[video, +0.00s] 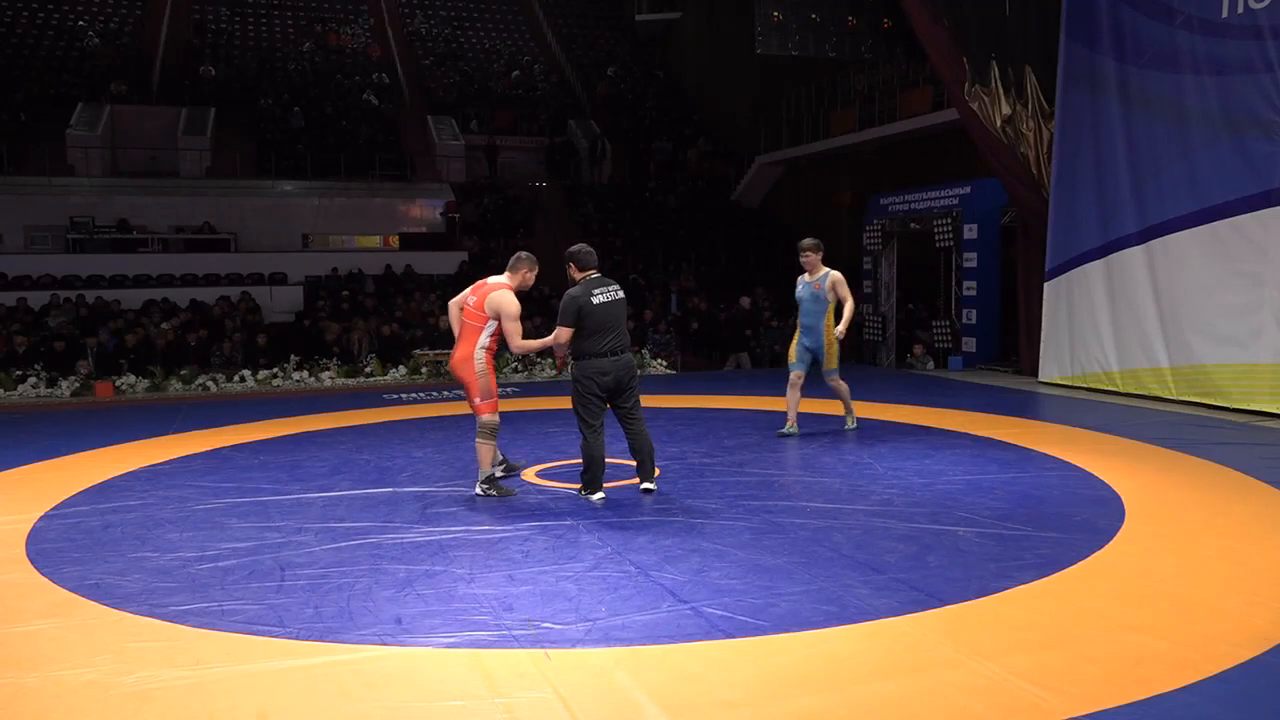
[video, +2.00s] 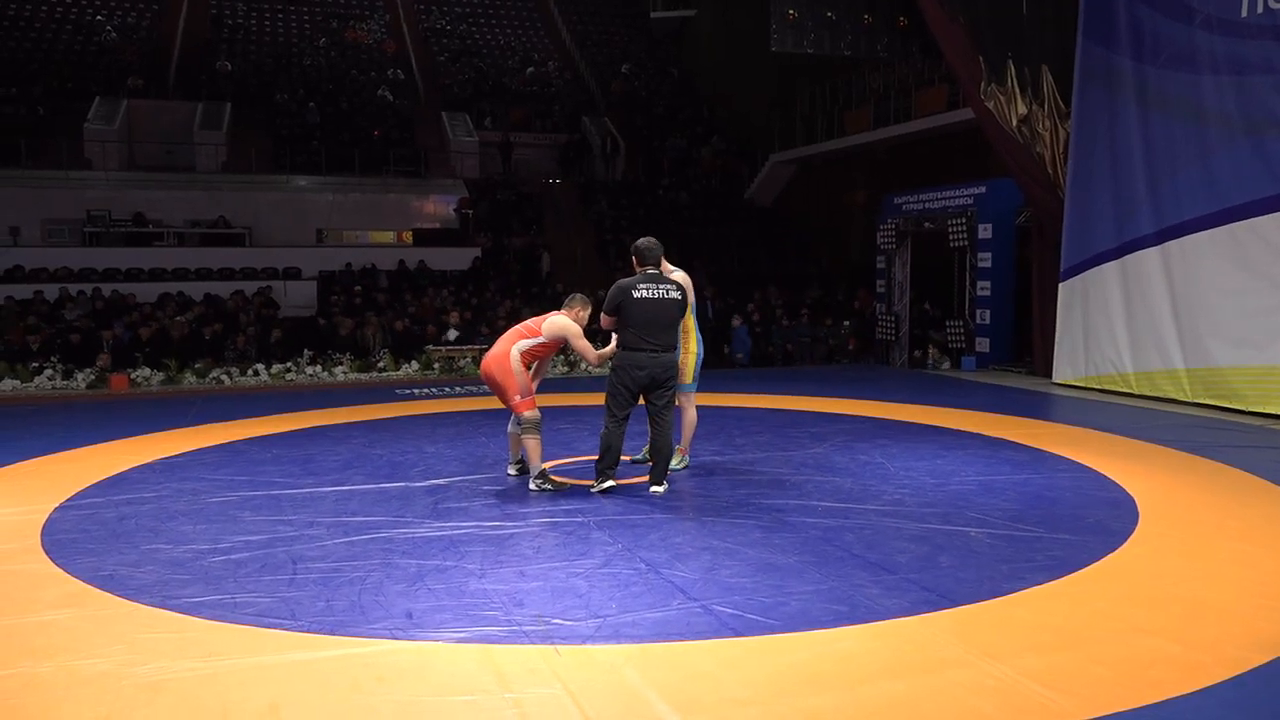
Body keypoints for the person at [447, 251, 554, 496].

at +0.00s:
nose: (534, 280)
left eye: (535, 276)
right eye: (534, 275)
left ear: (511, 269)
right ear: (525, 273)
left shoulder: (485, 283)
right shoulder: (508, 301)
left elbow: (454, 304)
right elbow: (517, 346)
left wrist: (461, 339)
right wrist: (551, 340)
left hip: (461, 358)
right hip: (475, 361)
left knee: (485, 414)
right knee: (489, 421)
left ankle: (497, 462)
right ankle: (485, 481)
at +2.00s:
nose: (587, 320)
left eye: (588, 315)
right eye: (587, 315)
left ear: (569, 310)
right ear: (578, 311)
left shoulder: (551, 321)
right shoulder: (569, 326)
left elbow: (538, 371)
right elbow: (595, 359)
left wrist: (526, 395)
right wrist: (614, 346)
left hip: (492, 362)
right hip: (507, 362)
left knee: (520, 413)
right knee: (531, 417)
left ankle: (516, 463)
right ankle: (538, 476)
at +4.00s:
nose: (615, 349)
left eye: (617, 346)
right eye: (617, 345)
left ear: (599, 331)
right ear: (610, 338)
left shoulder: (580, 334)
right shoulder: (599, 341)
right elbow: (590, 370)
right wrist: (573, 400)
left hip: (507, 370)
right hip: (525, 373)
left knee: (541, 410)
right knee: (567, 415)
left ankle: (532, 460)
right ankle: (556, 473)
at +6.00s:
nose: (596, 341)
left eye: (600, 335)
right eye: (600, 333)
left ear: (585, 318)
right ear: (590, 323)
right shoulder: (567, 322)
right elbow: (528, 351)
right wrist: (508, 403)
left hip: (442, 350)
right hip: (468, 353)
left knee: (472, 434)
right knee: (499, 434)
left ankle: (472, 509)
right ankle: (506, 527)